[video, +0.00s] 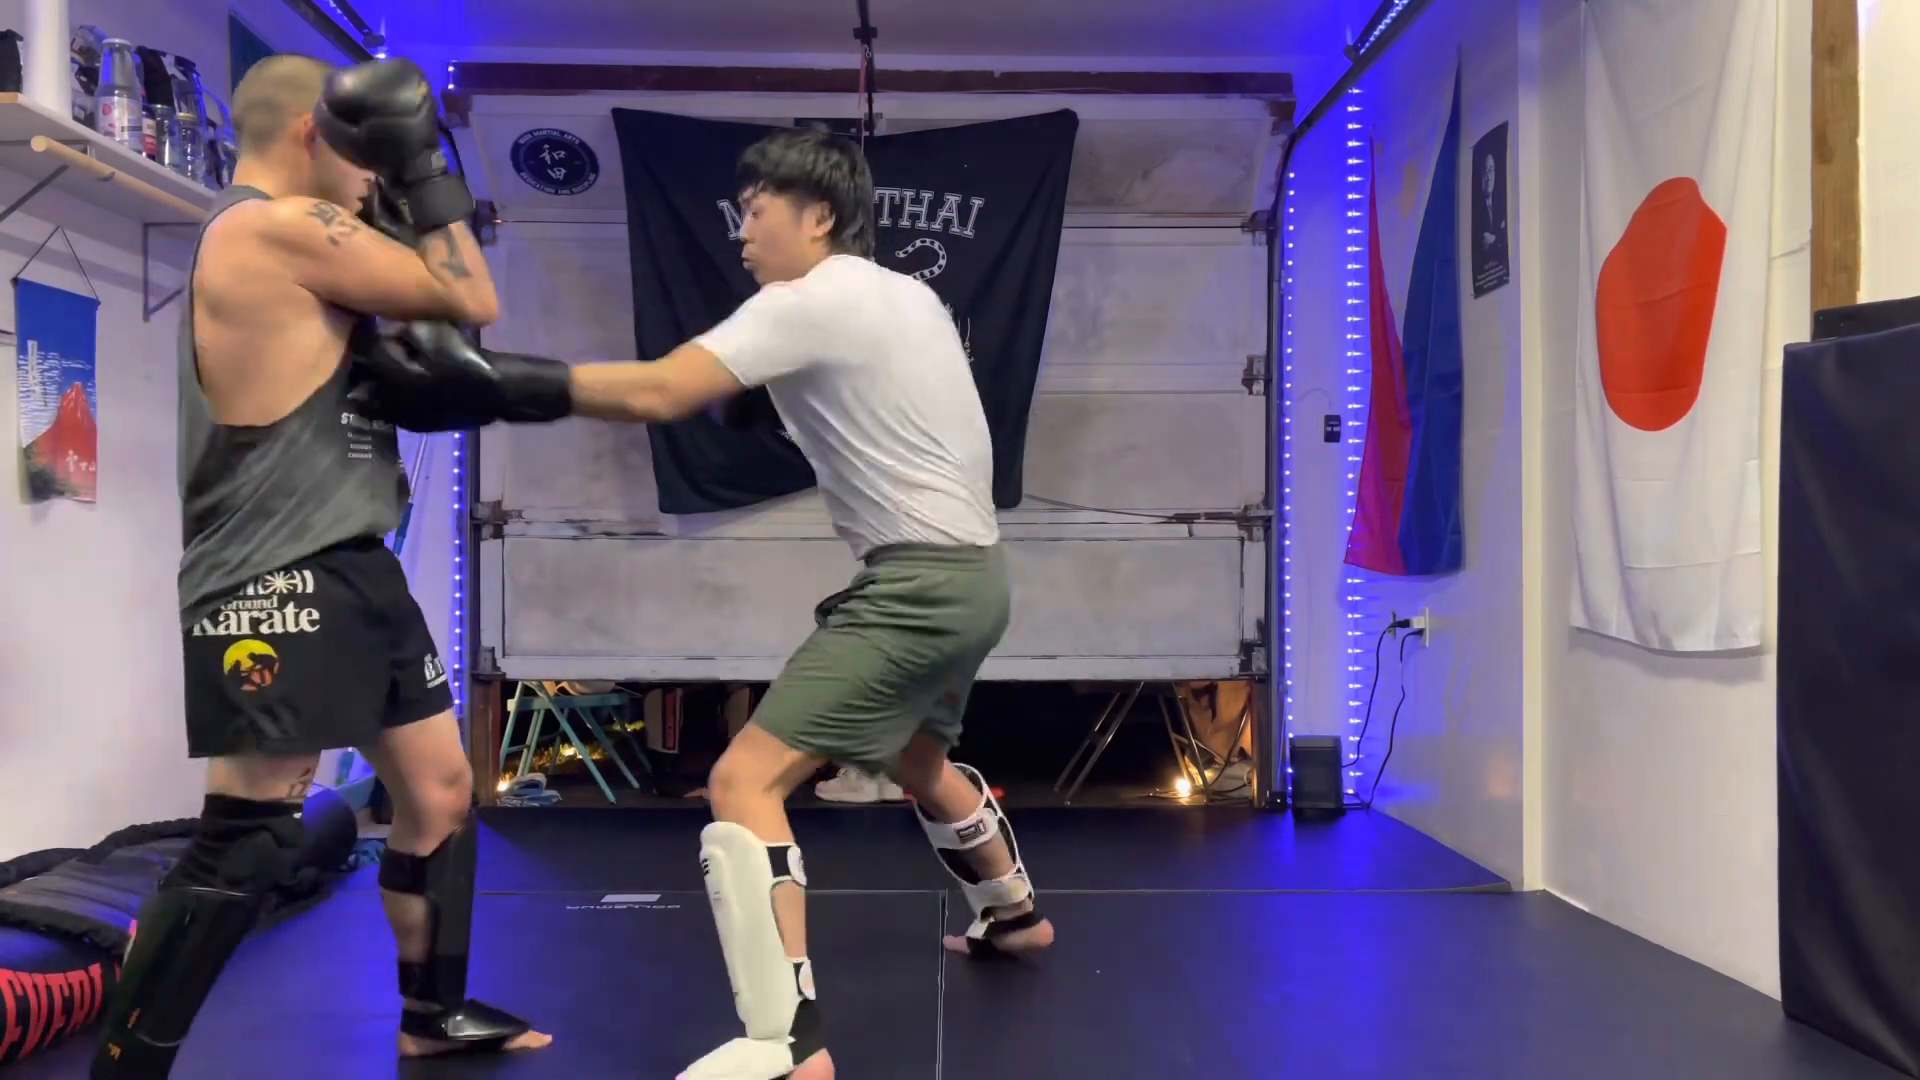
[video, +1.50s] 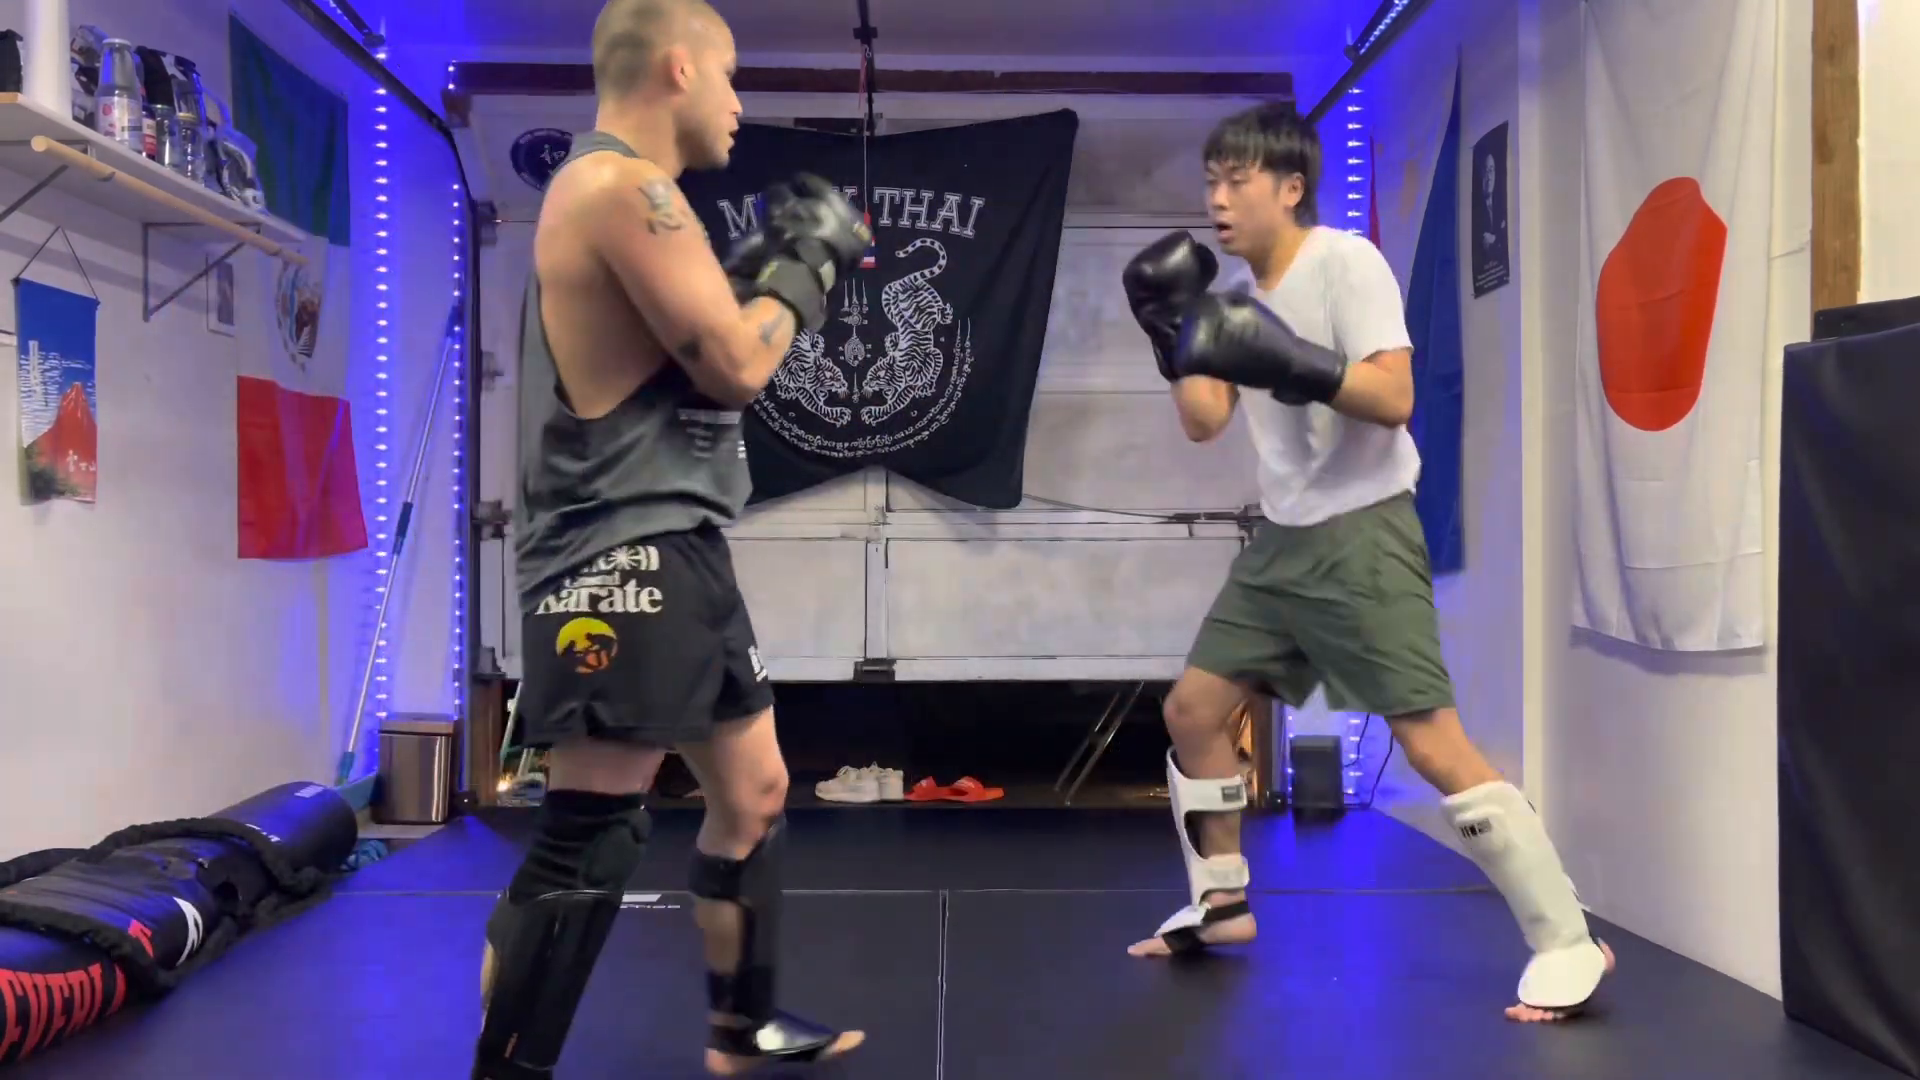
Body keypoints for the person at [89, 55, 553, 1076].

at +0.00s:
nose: (374, 171)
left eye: (373, 146)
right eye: (360, 145)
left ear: (280, 137)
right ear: (312, 133)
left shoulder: (293, 235)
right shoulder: (271, 229)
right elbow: (472, 298)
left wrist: (426, 208)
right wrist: (423, 171)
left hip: (350, 561)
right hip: (269, 571)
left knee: (437, 786)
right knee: (249, 832)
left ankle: (434, 1014)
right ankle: (129, 1057)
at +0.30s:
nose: (349, 152)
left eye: (350, 133)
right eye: (332, 128)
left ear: (263, 135)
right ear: (257, 128)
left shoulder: (321, 266)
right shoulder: (177, 234)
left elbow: (429, 414)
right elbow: (264, 394)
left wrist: (509, 335)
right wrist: (366, 276)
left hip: (350, 568)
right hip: (235, 566)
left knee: (464, 799)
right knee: (227, 852)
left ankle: (445, 1003)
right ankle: (124, 1060)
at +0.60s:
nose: (452, 144)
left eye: (451, 124)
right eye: (434, 120)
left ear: (365, 131)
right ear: (357, 126)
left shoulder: (421, 270)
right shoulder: (284, 241)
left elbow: (499, 389)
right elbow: (389, 383)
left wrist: (559, 289)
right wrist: (501, 301)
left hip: (439, 577)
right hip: (315, 580)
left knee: (544, 814)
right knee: (248, 845)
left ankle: (538, 1046)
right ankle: (128, 1061)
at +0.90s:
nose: (596, 127)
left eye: (592, 107)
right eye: (579, 102)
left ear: (519, 112)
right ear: (510, 105)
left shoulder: (527, 253)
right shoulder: (450, 206)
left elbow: (525, 401)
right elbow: (489, 365)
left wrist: (631, 408)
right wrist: (643, 359)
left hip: (549, 553)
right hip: (457, 552)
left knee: (555, 812)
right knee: (437, 822)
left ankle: (539, 1043)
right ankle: (276, 1055)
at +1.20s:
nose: (662, 115)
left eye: (659, 94)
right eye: (645, 91)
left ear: (585, 95)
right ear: (578, 92)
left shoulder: (612, 233)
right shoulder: (499, 216)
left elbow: (627, 369)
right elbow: (617, 384)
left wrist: (691, 400)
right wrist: (721, 288)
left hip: (606, 546)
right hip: (524, 546)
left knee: (616, 816)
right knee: (577, 819)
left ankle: (540, 1045)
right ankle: (508, 1059)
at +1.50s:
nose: (737, 104)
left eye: (734, 81)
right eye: (728, 79)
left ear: (654, 76)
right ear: (674, 74)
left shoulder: (634, 193)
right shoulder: (616, 186)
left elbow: (715, 361)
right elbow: (738, 364)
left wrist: (785, 267)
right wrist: (802, 259)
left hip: (673, 547)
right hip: (617, 552)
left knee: (752, 793)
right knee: (588, 835)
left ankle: (742, 1027)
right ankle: (511, 1067)